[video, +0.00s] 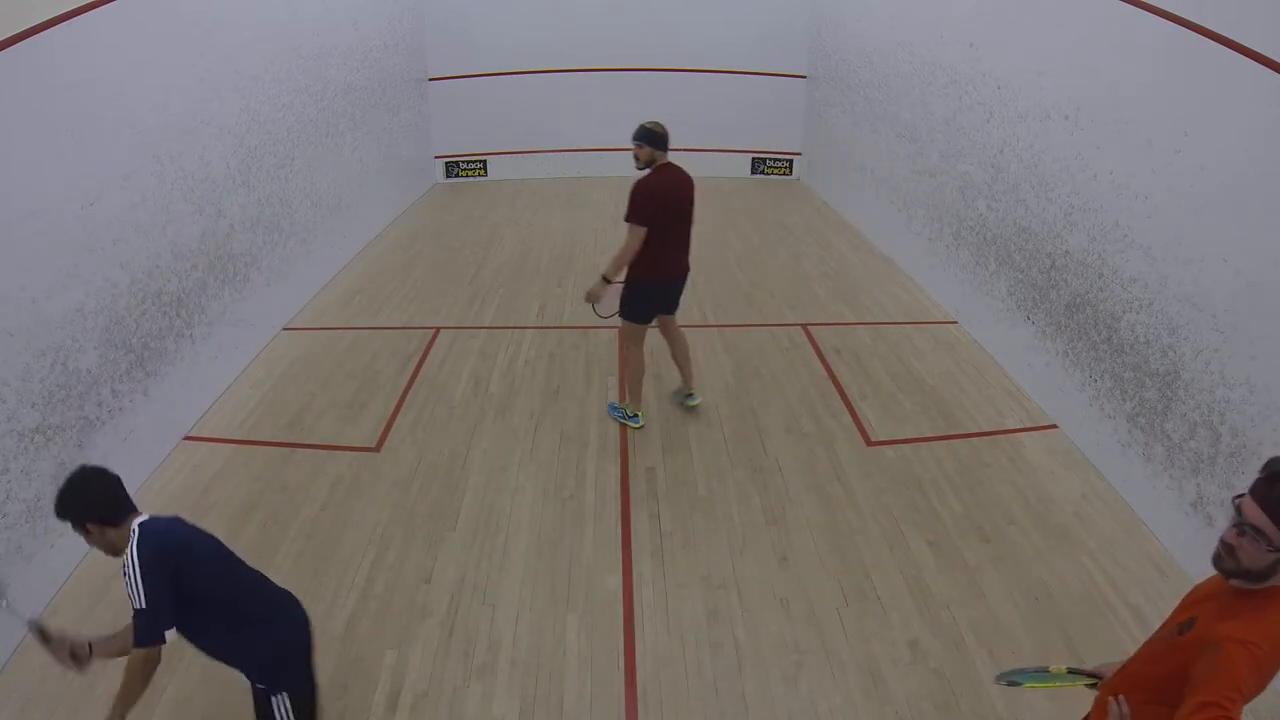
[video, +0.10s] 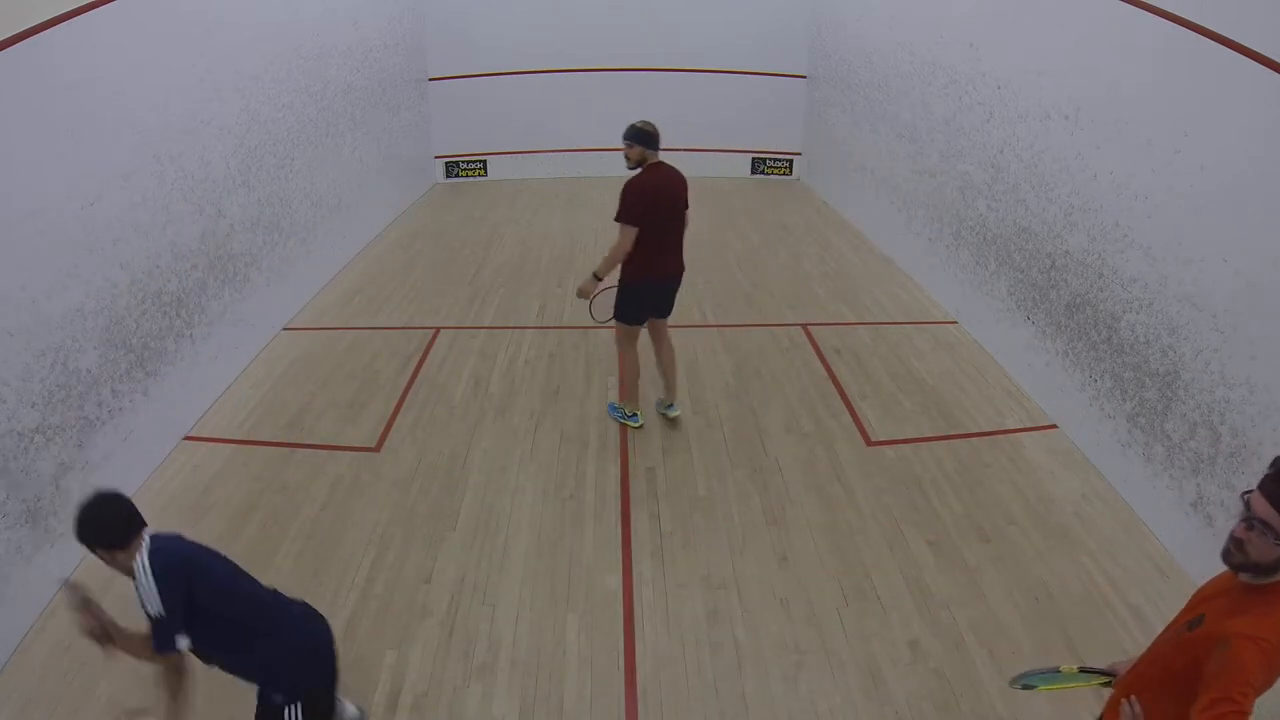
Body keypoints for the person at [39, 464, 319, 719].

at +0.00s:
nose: (87, 543)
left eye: (82, 533)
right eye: (82, 535)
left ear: (94, 527)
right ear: (123, 500)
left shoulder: (141, 554)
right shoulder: (160, 529)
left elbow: (147, 653)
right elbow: (148, 628)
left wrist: (117, 712)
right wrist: (89, 649)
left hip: (273, 650)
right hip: (281, 623)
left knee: (288, 714)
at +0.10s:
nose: (101, 560)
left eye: (96, 552)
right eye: (96, 553)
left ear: (105, 550)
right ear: (136, 520)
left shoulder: (151, 569)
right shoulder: (164, 546)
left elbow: (169, 656)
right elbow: (170, 643)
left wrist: (173, 710)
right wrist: (114, 635)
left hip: (294, 666)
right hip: (303, 628)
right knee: (315, 702)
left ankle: (342, 713)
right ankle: (343, 711)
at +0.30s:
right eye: (171, 540)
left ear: (142, 588)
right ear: (169, 543)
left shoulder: (173, 645)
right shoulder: (195, 549)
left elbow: (230, 702)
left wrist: (290, 714)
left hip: (308, 694)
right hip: (335, 636)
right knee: (394, 703)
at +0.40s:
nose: (210, 535)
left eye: (201, 530)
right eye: (202, 533)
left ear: (170, 578)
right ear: (200, 545)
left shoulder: (201, 650)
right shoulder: (231, 554)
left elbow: (243, 714)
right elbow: (303, 507)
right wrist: (364, 456)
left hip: (320, 714)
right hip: (361, 671)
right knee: (438, 716)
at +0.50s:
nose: (262, 521)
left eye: (253, 515)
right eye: (253, 518)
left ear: (219, 556)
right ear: (249, 530)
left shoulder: (234, 636)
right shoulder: (281, 556)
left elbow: (267, 711)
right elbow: (333, 505)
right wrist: (378, 444)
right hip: (385, 696)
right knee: (478, 707)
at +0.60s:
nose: (324, 501)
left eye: (316, 495)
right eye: (318, 496)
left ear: (282, 527)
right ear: (316, 508)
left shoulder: (285, 600)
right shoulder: (342, 551)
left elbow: (304, 686)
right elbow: (405, 529)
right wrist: (460, 481)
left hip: (345, 714)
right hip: (404, 705)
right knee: (505, 692)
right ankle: (574, 718)